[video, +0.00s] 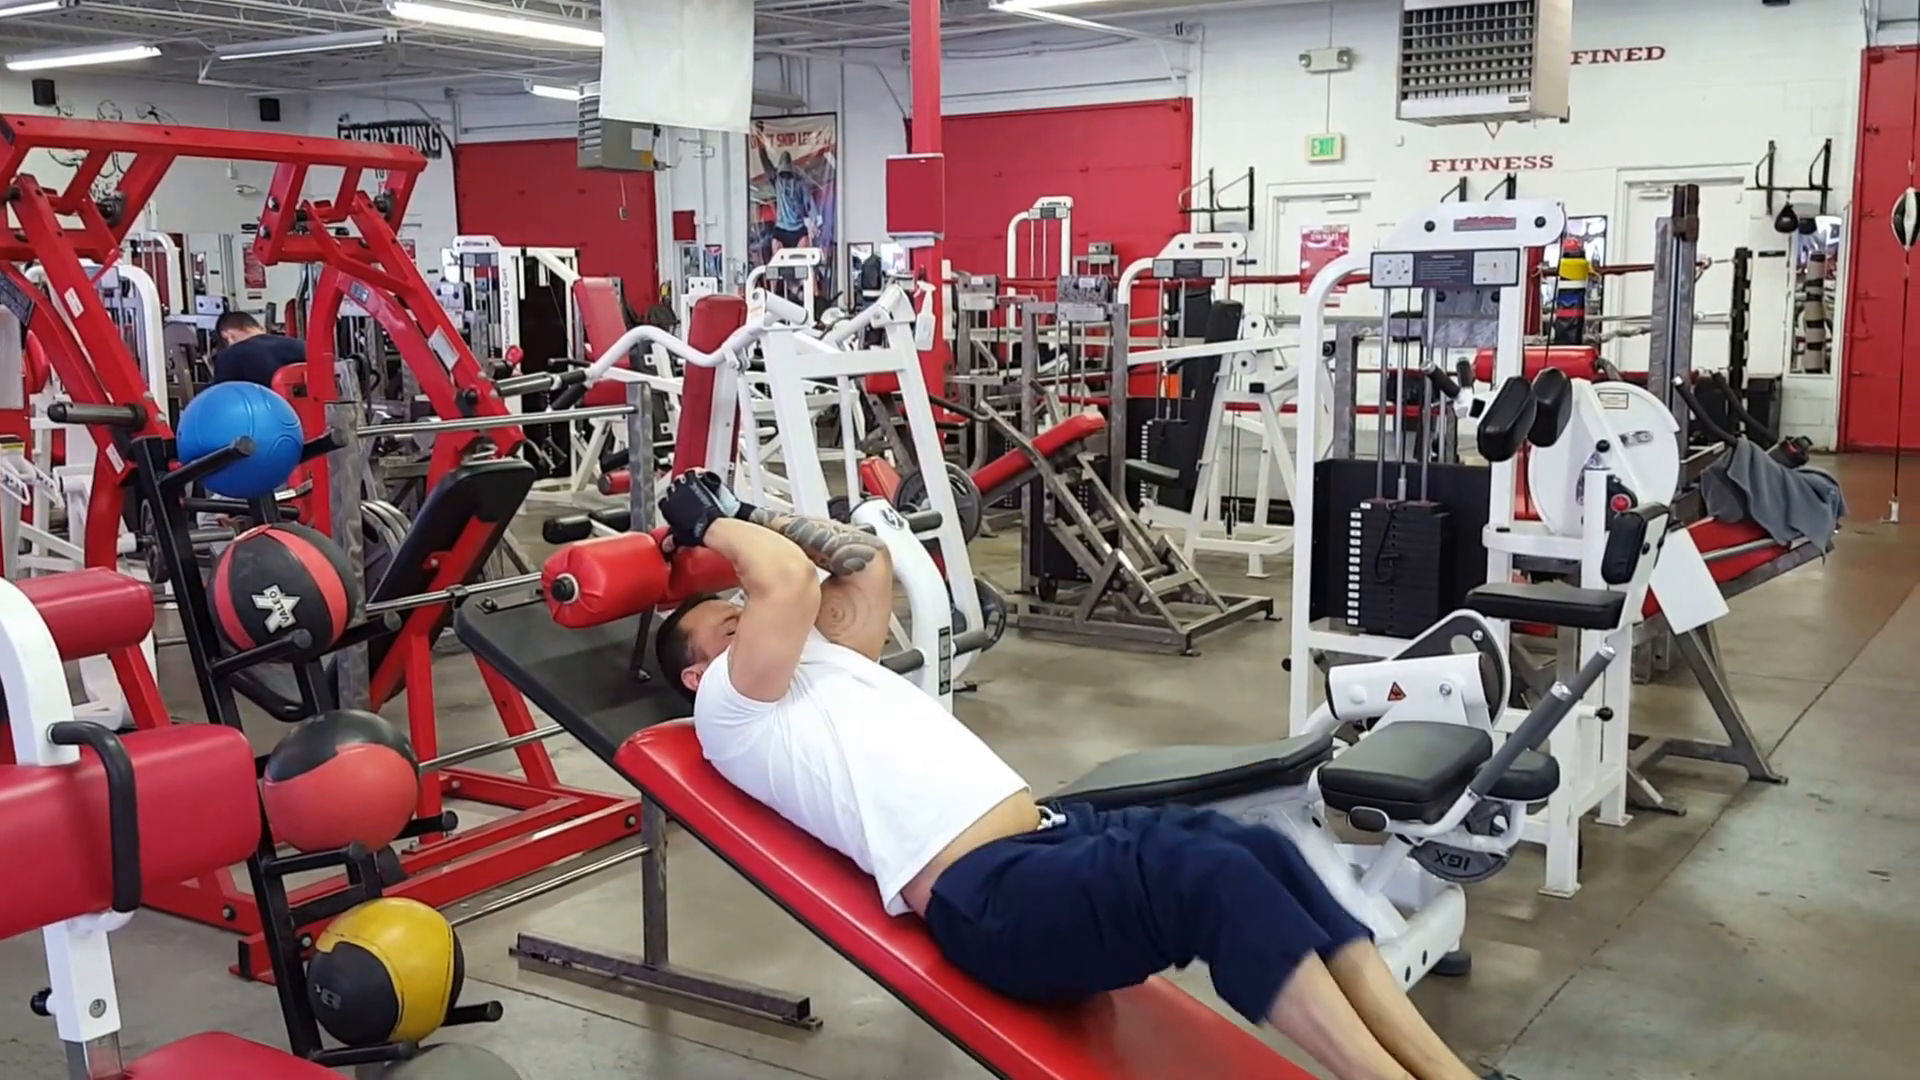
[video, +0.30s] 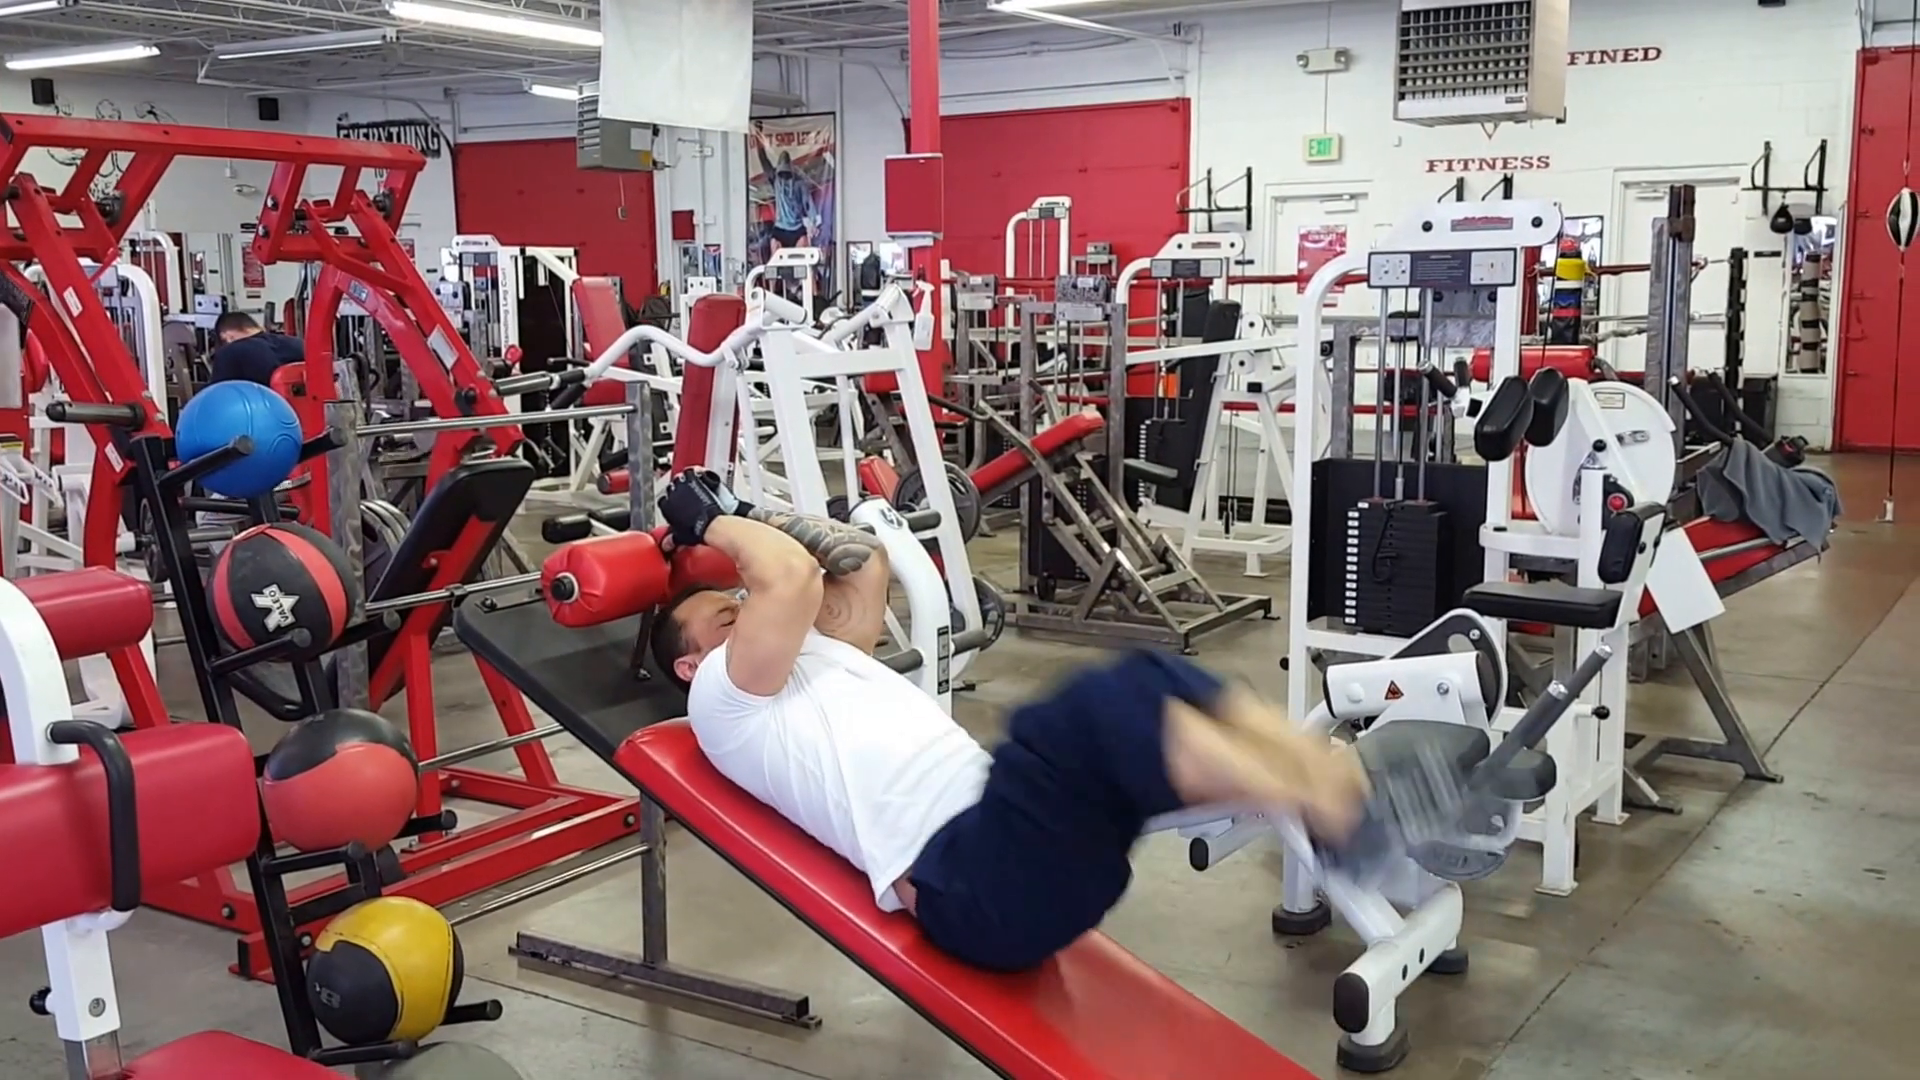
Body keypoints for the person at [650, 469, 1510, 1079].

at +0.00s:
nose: (748, 611)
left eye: (741, 609)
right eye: (721, 616)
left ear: (754, 625)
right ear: (699, 657)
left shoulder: (835, 671)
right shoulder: (729, 705)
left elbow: (874, 566)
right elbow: (784, 571)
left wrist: (764, 525)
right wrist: (707, 524)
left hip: (1058, 831)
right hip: (989, 887)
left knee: (1266, 851)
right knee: (1215, 871)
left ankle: (1434, 1058)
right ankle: (1376, 1072)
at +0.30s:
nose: (740, 613)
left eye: (734, 606)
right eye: (718, 615)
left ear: (746, 625)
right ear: (689, 659)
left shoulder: (822, 657)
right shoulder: (722, 705)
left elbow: (867, 563)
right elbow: (789, 571)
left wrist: (773, 531)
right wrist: (709, 520)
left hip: (1020, 837)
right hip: (969, 884)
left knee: (1151, 672)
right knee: (1105, 706)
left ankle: (1343, 790)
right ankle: (1329, 812)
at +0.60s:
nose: (732, 616)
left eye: (727, 609)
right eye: (709, 616)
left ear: (739, 613)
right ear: (673, 662)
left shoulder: (803, 659)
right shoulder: (703, 692)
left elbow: (860, 600)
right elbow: (786, 576)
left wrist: (768, 533)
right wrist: (710, 519)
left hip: (1046, 757)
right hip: (969, 789)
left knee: (940, 557)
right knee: (894, 551)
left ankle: (1073, 378)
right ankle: (1054, 377)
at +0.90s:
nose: (719, 607)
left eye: (712, 604)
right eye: (696, 614)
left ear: (729, 613)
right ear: (668, 666)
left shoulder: (788, 664)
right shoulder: (702, 695)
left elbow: (858, 589)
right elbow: (772, 573)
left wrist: (756, 523)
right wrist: (704, 518)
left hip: (1033, 679)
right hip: (964, 698)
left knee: (961, 462)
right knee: (898, 459)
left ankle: (991, 217)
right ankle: (961, 201)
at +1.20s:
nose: (712, 611)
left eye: (704, 604)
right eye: (690, 616)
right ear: (667, 668)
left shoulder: (794, 661)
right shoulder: (702, 694)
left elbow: (851, 604)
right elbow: (778, 577)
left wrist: (757, 549)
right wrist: (708, 522)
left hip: (1031, 760)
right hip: (965, 800)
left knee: (936, 553)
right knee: (894, 558)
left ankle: (1129, 440)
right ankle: (1101, 449)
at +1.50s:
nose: (712, 612)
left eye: (699, 606)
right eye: (690, 615)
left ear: (712, 614)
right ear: (677, 650)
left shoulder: (818, 648)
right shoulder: (716, 691)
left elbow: (860, 554)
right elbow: (784, 563)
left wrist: (750, 531)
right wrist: (711, 521)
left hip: (1012, 824)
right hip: (952, 865)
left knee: (1098, 613)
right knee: (1044, 643)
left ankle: (1283, 767)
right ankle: (1250, 780)